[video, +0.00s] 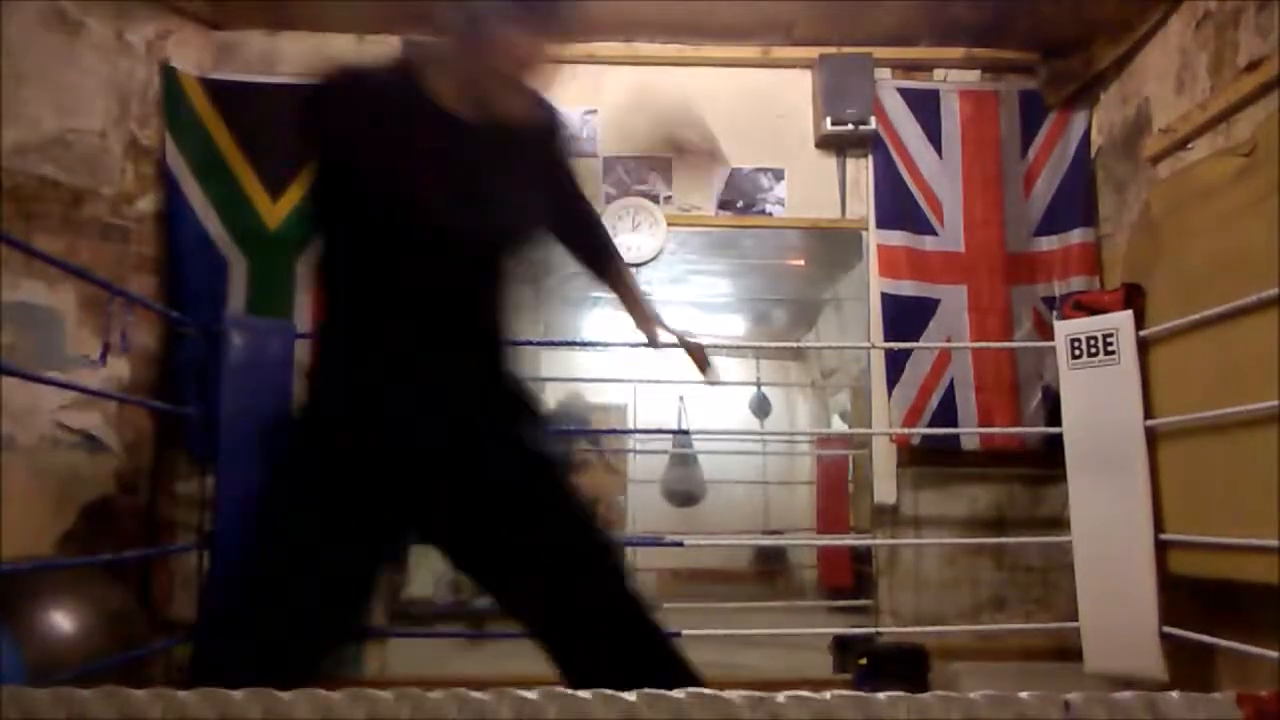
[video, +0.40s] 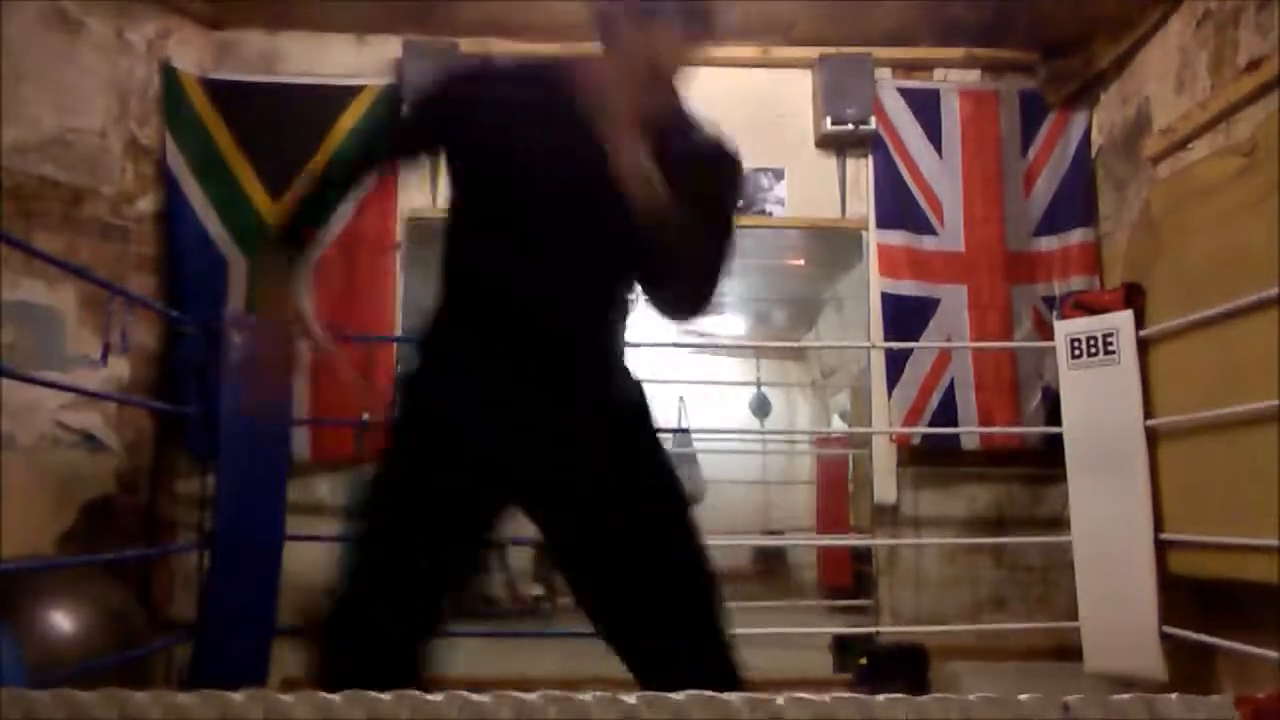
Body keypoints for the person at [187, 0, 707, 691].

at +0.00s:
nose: (534, 53)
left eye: (544, 36)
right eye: (522, 28)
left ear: (542, 42)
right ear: (468, 21)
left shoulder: (524, 130)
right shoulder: (356, 104)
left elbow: (578, 225)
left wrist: (647, 319)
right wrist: (203, 63)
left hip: (473, 425)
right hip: (353, 423)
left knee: (593, 611)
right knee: (273, 636)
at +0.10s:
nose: (662, 138)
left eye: (671, 118)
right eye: (651, 113)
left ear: (670, 112)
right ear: (598, 96)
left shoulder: (625, 221)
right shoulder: (468, 189)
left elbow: (619, 339)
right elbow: (442, 395)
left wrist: (701, 456)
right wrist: (614, 420)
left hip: (561, 479)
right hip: (442, 482)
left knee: (690, 683)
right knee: (449, 704)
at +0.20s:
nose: (730, 176)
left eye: (741, 155)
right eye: (726, 149)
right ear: (673, 117)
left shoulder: (673, 251)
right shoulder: (516, 199)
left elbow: (648, 412)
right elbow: (478, 419)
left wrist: (740, 515)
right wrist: (623, 511)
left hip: (596, 480)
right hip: (482, 486)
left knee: (728, 698)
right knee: (548, 702)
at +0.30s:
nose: (720, 121)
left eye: (739, 104)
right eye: (705, 90)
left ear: (748, 117)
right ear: (656, 79)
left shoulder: (706, 243)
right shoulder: (517, 172)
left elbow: (686, 413)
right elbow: (402, 339)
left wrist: (714, 407)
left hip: (611, 451)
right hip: (489, 441)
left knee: (733, 697)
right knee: (509, 710)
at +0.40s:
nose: (660, 44)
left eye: (680, 27)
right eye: (649, 20)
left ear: (694, 41)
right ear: (613, 17)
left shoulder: (695, 160)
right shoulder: (493, 98)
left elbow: (684, 293)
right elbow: (357, 159)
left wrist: (625, 140)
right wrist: (280, 266)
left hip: (587, 424)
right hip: (457, 418)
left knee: (693, 665)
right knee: (366, 652)